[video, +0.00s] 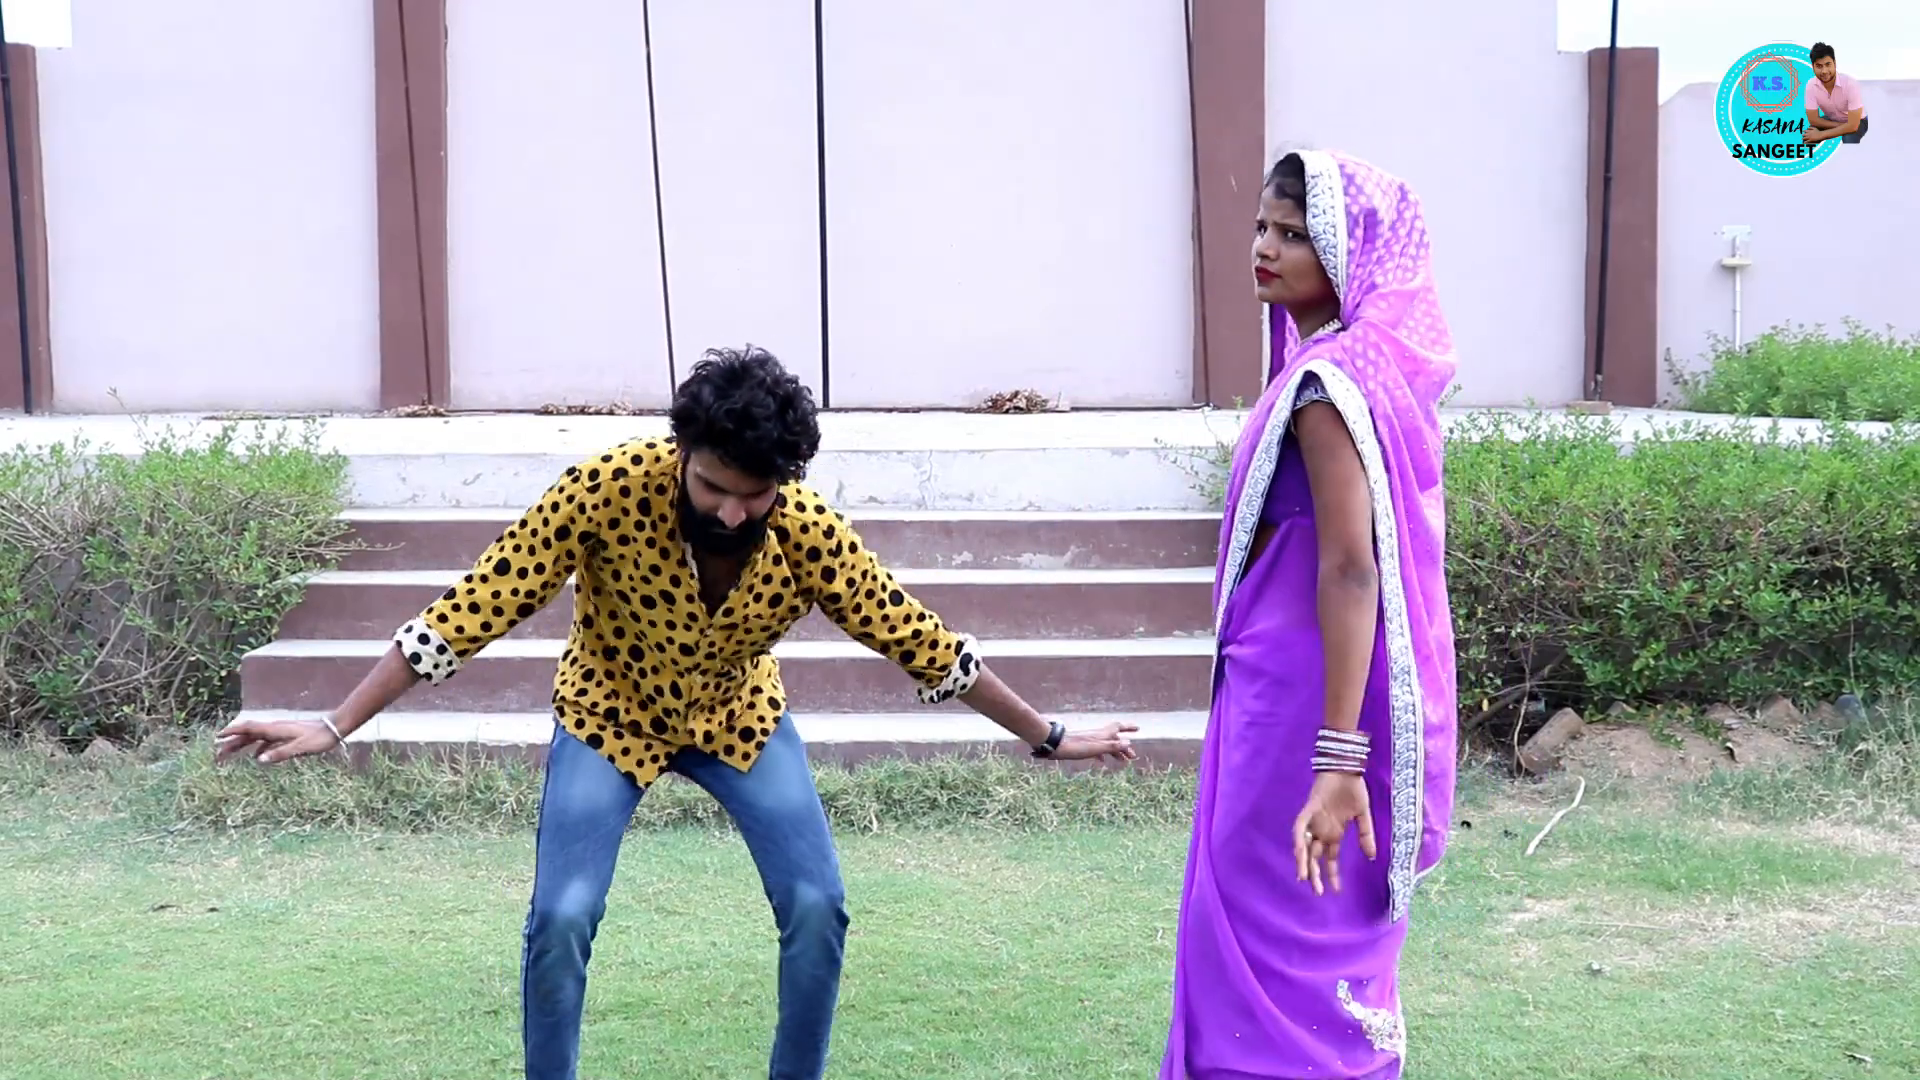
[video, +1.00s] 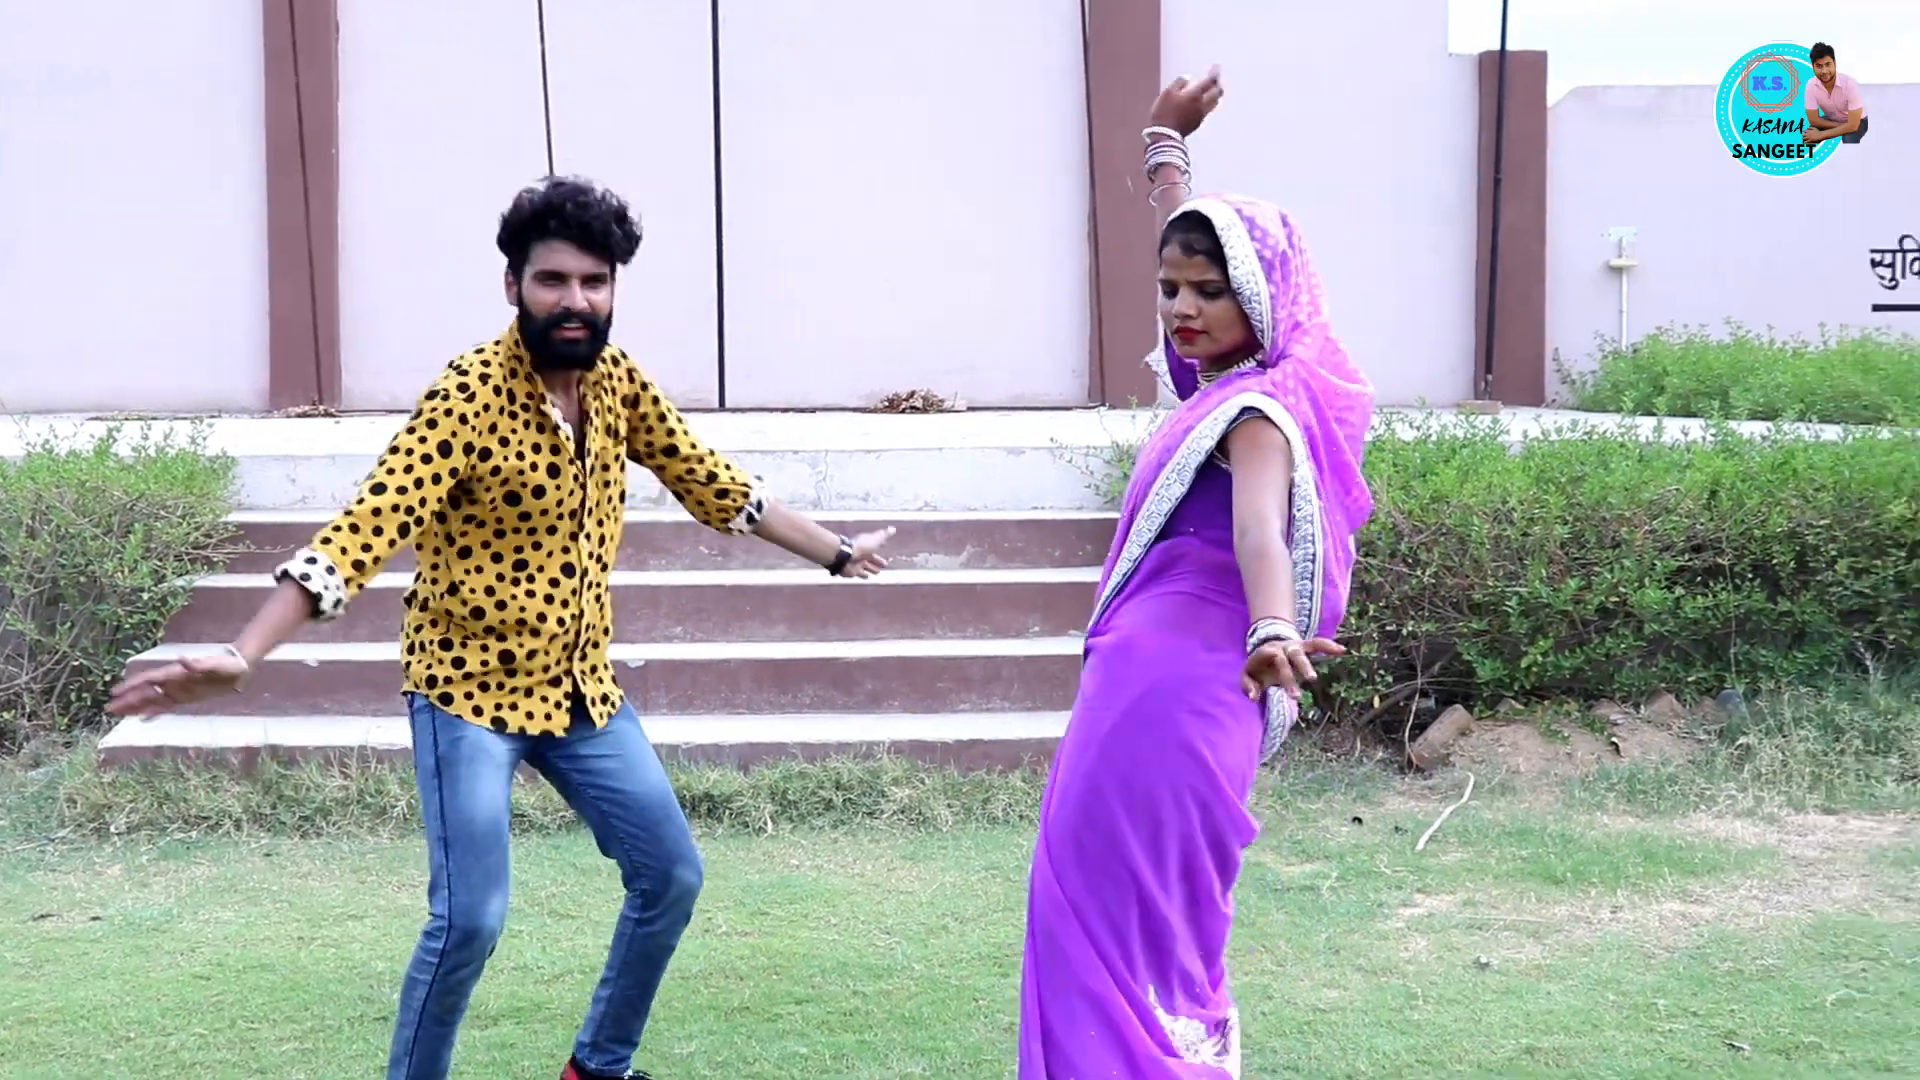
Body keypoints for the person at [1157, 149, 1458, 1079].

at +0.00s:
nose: (1262, 249)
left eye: (1287, 235)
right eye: (1262, 230)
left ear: (1350, 255)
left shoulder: (1326, 382)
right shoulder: (1382, 366)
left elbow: (1353, 573)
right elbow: (1374, 571)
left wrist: (1341, 755)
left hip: (1299, 728)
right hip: (1348, 718)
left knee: (1263, 973)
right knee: (1333, 970)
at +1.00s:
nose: (1182, 311)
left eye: (1206, 292)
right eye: (1171, 291)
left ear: (1263, 296)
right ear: (1162, 290)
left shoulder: (1258, 403)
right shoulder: (1219, 384)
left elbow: (1262, 523)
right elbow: (1183, 273)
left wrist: (1272, 624)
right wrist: (1165, 141)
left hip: (1170, 691)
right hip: (1162, 687)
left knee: (1077, 909)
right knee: (1167, 925)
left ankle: (1121, 1063)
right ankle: (1187, 1056)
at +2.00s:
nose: (1107, 303)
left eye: (1131, 287)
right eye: (1101, 279)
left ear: (1187, 298)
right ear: (1093, 272)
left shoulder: (1168, 411)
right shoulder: (1199, 387)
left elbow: (1164, 548)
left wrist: (1123, 663)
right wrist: (1151, 187)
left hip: (1091, 721)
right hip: (1128, 715)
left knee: (990, 906)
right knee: (1126, 934)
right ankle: (1149, 1051)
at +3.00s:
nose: (1123, 281)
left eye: (1144, 262)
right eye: (1121, 260)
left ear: (1208, 275)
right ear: (1226, 278)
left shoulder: (1189, 405)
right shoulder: (1266, 384)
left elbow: (1149, 561)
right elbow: (1256, 265)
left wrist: (1069, 686)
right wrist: (1205, 181)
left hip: (1148, 714)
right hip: (1213, 712)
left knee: (1078, 963)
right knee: (1189, 959)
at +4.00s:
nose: (1227, 266)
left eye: (1250, 246)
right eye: (1225, 249)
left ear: (1314, 267)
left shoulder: (1306, 384)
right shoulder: (1270, 370)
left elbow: (1302, 437)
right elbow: (1235, 325)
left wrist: (1335, 449)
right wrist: (1211, 229)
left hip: (1236, 722)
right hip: (1191, 710)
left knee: (1194, 954)